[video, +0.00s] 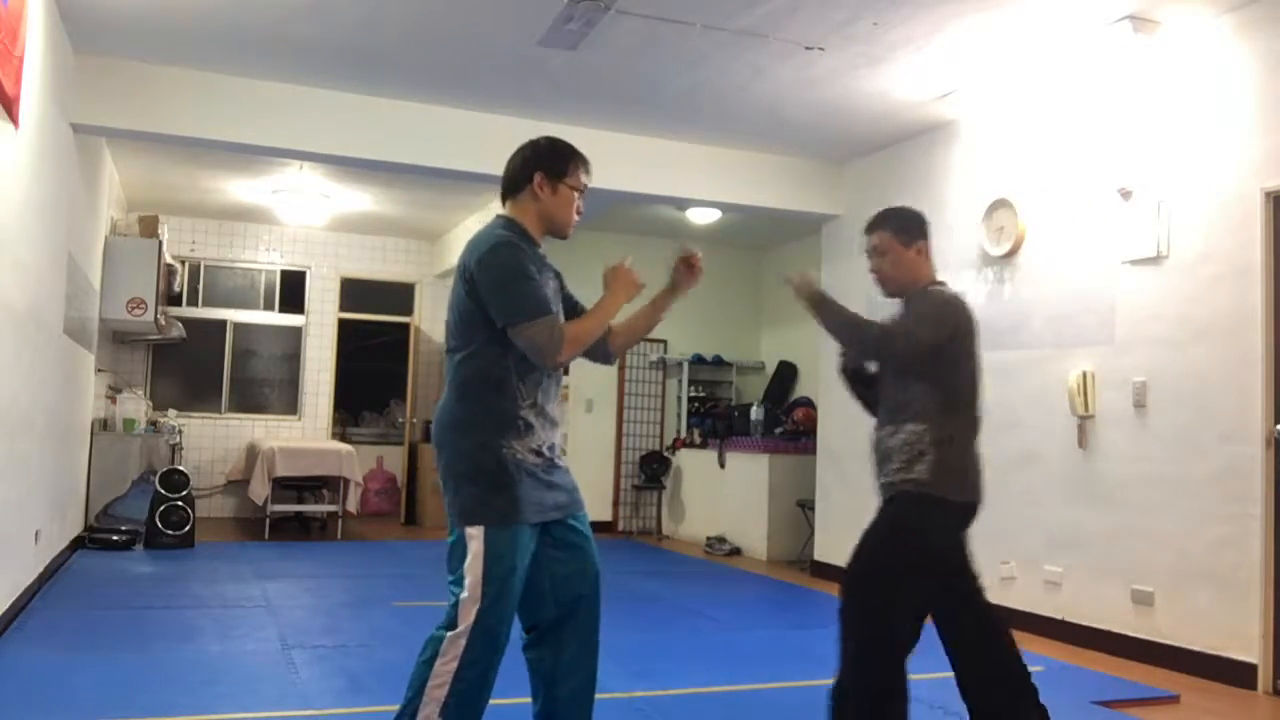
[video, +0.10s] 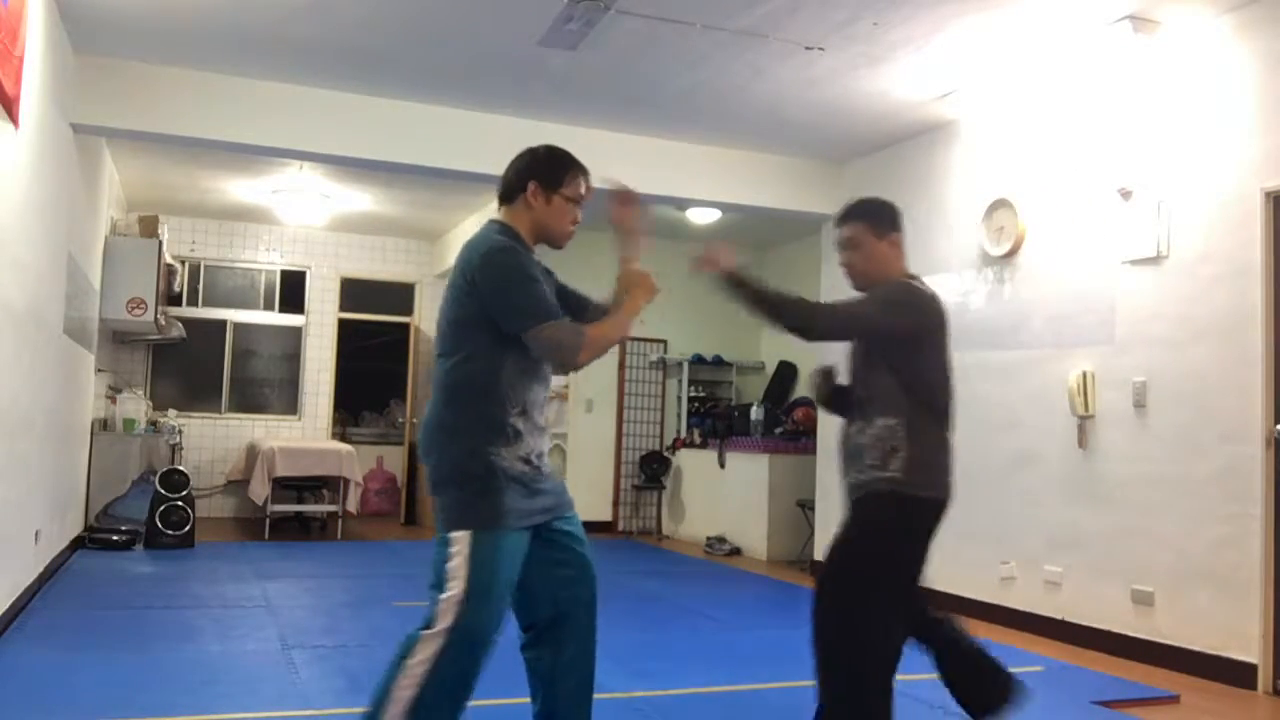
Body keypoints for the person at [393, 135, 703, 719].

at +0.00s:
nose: (583, 204)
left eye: (585, 194)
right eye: (577, 190)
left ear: (540, 189)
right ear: (540, 184)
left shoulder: (540, 267)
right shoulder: (500, 249)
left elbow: (608, 344)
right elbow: (551, 347)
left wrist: (670, 292)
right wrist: (613, 296)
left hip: (541, 459)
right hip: (491, 460)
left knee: (571, 601)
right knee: (480, 619)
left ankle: (564, 715)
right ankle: (427, 716)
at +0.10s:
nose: (580, 217)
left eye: (582, 205)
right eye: (574, 202)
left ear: (535, 198)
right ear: (534, 194)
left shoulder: (529, 267)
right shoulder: (496, 255)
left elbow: (608, 318)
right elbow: (564, 349)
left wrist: (631, 239)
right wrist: (627, 307)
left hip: (530, 470)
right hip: (479, 470)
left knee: (567, 604)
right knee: (462, 623)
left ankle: (563, 716)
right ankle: (395, 714)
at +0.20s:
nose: (567, 221)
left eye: (570, 210)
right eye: (560, 206)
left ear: (519, 202)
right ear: (519, 199)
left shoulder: (513, 264)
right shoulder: (482, 256)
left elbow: (607, 291)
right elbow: (570, 344)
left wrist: (578, 221)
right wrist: (640, 312)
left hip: (510, 484)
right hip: (451, 481)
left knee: (551, 637)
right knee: (417, 629)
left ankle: (561, 713)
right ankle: (347, 714)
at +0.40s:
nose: (527, 208)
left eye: (531, 195)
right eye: (520, 191)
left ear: (475, 187)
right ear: (473, 181)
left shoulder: (468, 253)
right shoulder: (431, 241)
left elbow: (552, 295)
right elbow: (505, 345)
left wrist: (559, 261)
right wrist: (584, 312)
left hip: (458, 464)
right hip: (405, 464)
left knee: (505, 603)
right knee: (383, 625)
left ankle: (506, 718)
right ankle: (325, 719)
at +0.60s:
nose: (491, 202)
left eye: (496, 190)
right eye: (485, 186)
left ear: (438, 178)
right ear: (439, 173)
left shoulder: (443, 245)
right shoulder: (399, 237)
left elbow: (540, 276)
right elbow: (464, 348)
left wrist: (501, 196)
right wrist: (544, 321)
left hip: (460, 465)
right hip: (402, 467)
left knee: (502, 627)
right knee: (379, 646)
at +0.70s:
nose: (477, 198)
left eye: (481, 185)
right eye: (469, 181)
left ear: (425, 173)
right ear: (423, 168)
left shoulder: (433, 238)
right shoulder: (392, 235)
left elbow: (527, 263)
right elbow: (458, 347)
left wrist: (487, 190)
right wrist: (535, 319)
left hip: (466, 463)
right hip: (407, 468)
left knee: (500, 623)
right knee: (384, 640)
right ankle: (332, 719)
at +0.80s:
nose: (459, 192)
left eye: (463, 180)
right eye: (450, 177)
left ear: (409, 169)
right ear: (406, 164)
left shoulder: (414, 230)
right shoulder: (388, 235)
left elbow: (514, 257)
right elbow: (455, 348)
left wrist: (469, 185)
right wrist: (529, 318)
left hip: (469, 459)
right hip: (415, 465)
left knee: (502, 626)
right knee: (391, 636)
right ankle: (333, 719)